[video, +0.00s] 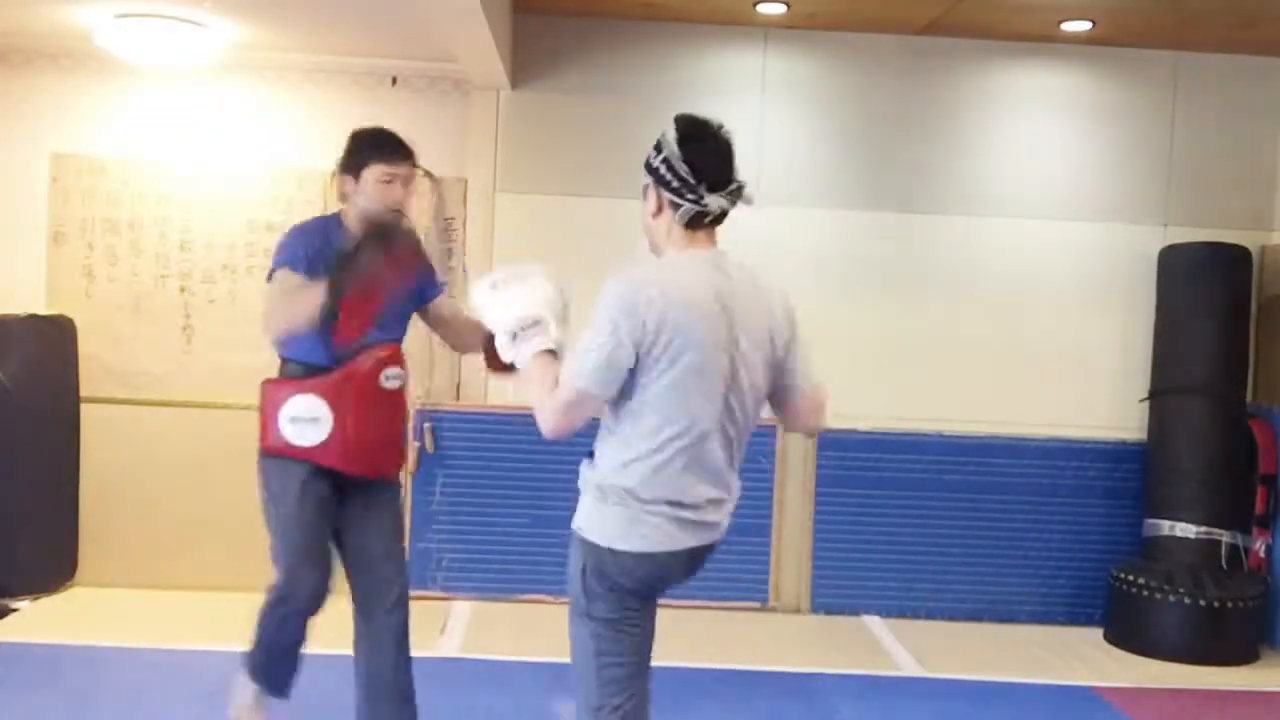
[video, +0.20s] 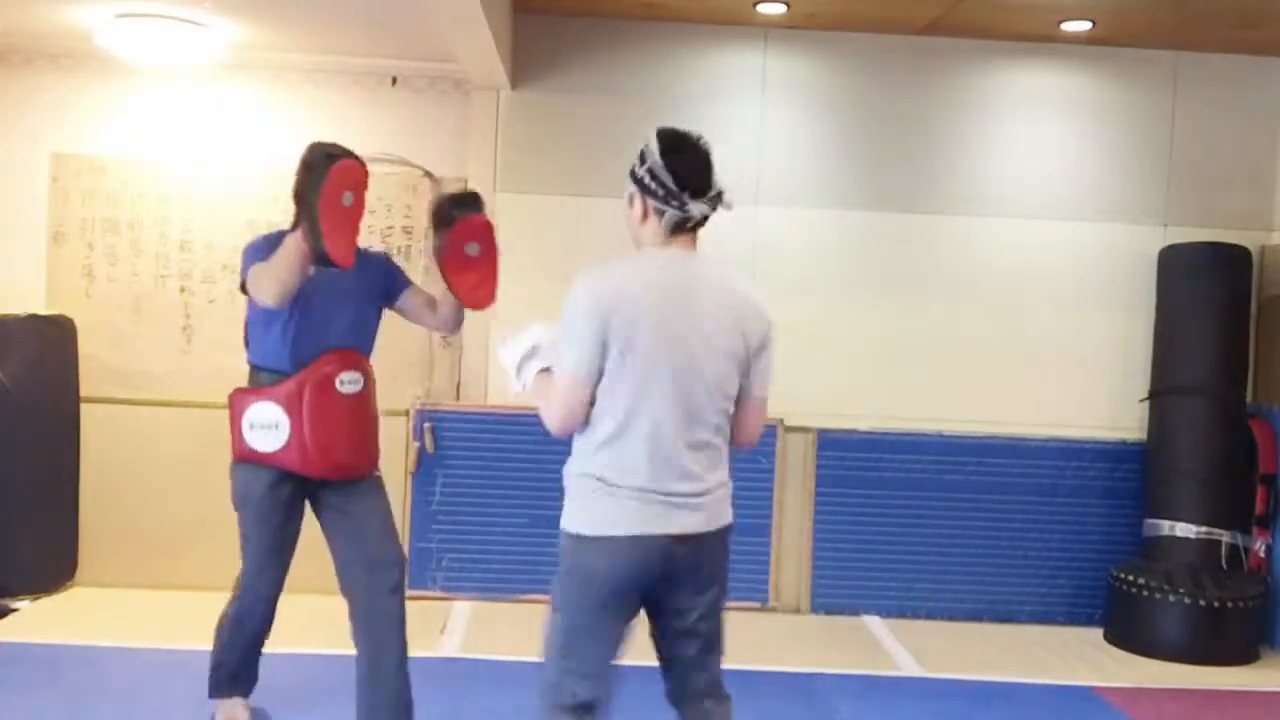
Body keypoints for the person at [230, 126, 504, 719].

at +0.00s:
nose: (401, 194)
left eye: (408, 182)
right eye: (388, 180)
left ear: (414, 187)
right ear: (347, 183)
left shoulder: (405, 250)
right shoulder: (309, 240)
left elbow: (455, 331)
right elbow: (278, 322)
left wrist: (510, 325)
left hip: (371, 440)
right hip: (300, 435)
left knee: (385, 594)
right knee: (304, 579)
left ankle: (390, 716)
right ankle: (260, 686)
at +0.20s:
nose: (346, 203)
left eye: (352, 194)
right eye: (336, 191)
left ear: (357, 199)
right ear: (309, 192)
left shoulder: (373, 267)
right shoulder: (266, 251)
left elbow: (444, 319)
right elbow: (272, 292)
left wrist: (459, 251)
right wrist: (316, 223)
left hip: (344, 440)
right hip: (272, 438)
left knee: (380, 577)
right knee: (262, 577)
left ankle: (387, 715)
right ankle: (231, 694)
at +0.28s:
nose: (339, 199)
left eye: (347, 189)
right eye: (328, 187)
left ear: (352, 195)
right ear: (300, 188)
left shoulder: (370, 261)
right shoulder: (261, 245)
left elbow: (439, 313)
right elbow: (263, 286)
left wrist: (452, 246)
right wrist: (301, 223)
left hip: (344, 426)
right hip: (271, 425)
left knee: (377, 568)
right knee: (262, 576)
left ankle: (375, 710)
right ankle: (233, 700)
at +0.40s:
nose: (334, 190)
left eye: (343, 181)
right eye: (324, 177)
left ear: (353, 187)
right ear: (298, 176)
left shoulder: (374, 249)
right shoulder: (263, 235)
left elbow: (445, 295)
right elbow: (250, 277)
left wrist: (452, 231)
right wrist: (296, 214)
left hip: (347, 416)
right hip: (272, 414)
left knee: (375, 556)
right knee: (258, 561)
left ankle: (372, 677)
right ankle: (236, 697)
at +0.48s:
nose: (338, 188)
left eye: (348, 179)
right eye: (328, 176)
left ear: (357, 185)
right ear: (301, 175)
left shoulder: (376, 247)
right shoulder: (267, 235)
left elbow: (447, 293)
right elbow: (248, 276)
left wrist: (453, 223)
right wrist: (297, 214)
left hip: (348, 414)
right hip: (274, 412)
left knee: (375, 555)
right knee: (258, 561)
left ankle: (371, 670)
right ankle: (237, 695)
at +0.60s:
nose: (351, 188)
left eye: (359, 177)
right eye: (339, 176)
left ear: (366, 184)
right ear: (308, 180)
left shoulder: (385, 247)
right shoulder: (284, 237)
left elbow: (451, 298)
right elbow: (249, 269)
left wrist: (471, 252)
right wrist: (292, 213)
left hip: (357, 407)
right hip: (284, 403)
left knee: (376, 548)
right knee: (268, 552)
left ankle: (368, 665)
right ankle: (236, 693)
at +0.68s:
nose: (355, 186)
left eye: (363, 176)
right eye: (344, 175)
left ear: (373, 184)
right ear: (315, 182)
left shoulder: (390, 250)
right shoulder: (292, 237)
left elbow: (439, 302)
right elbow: (285, 261)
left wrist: (447, 263)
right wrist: (312, 205)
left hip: (361, 409)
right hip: (292, 406)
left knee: (376, 547)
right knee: (280, 548)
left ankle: (368, 666)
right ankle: (246, 683)